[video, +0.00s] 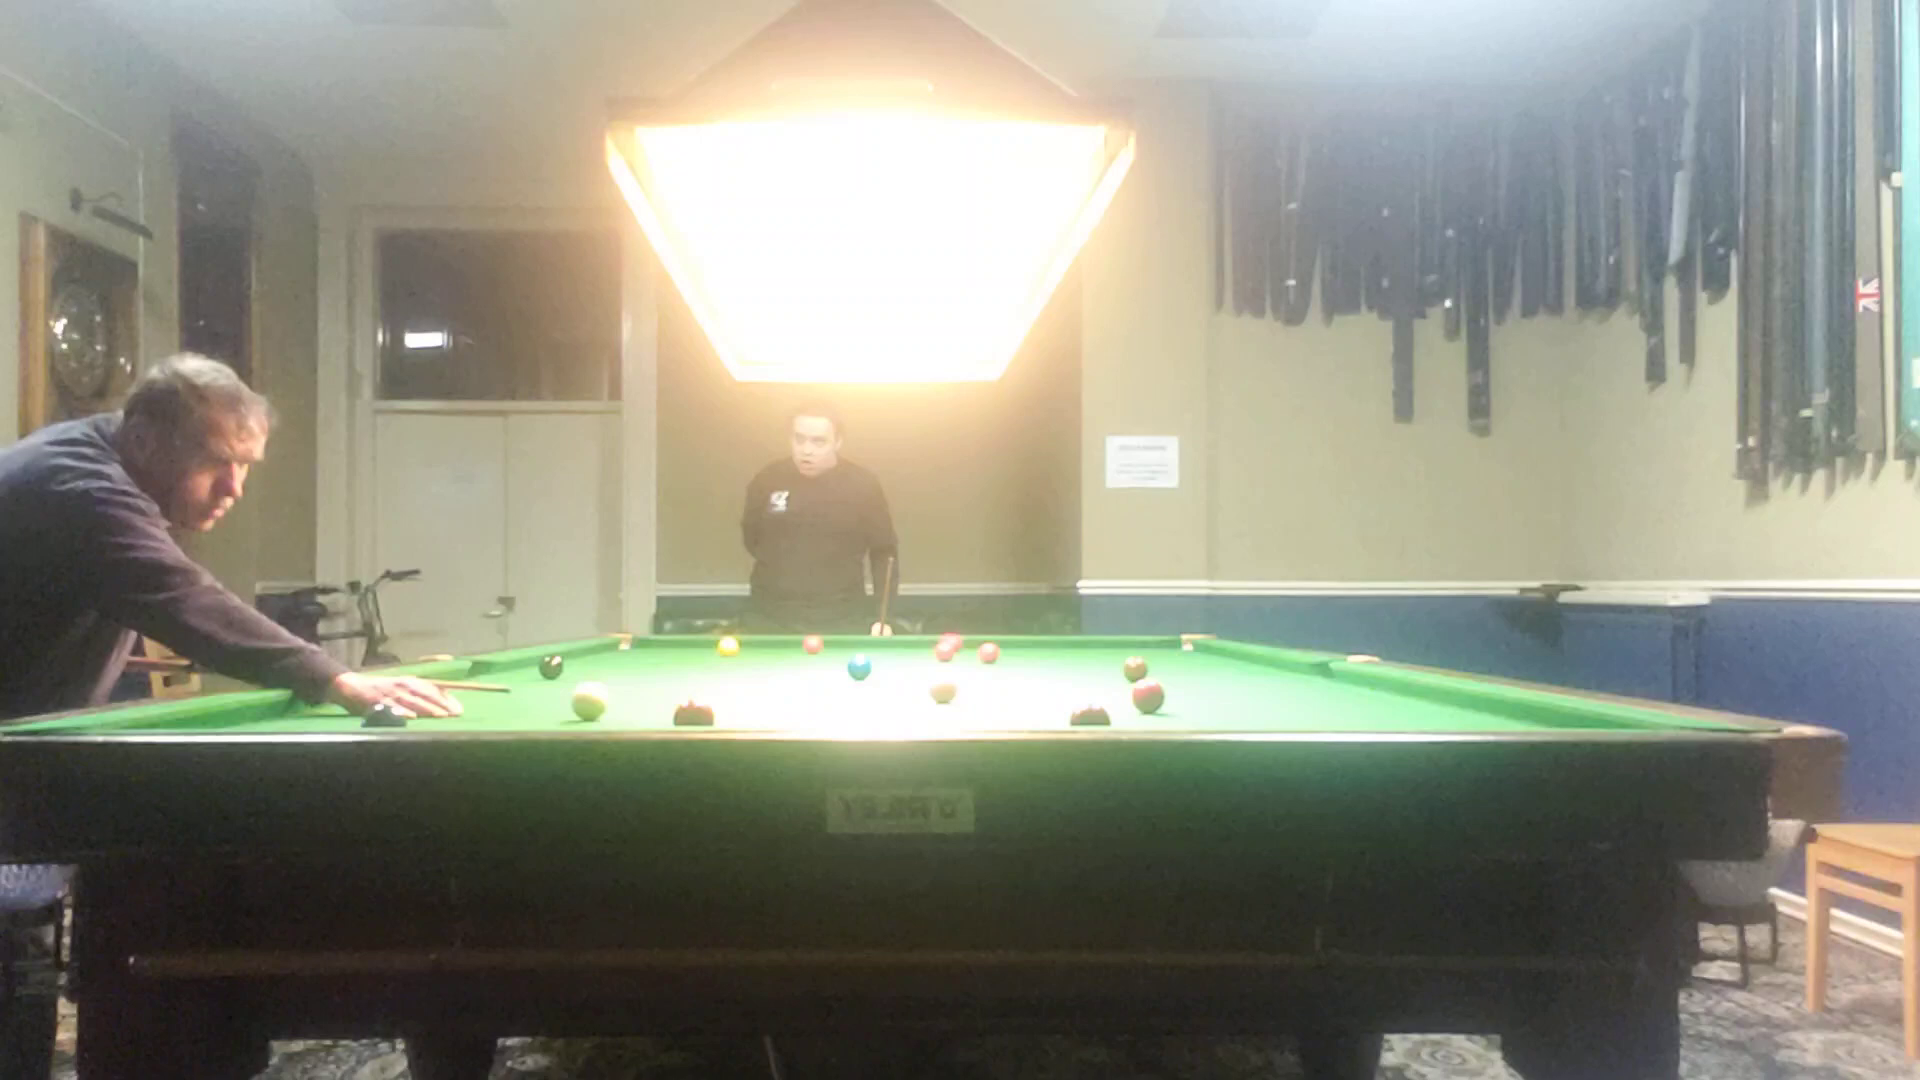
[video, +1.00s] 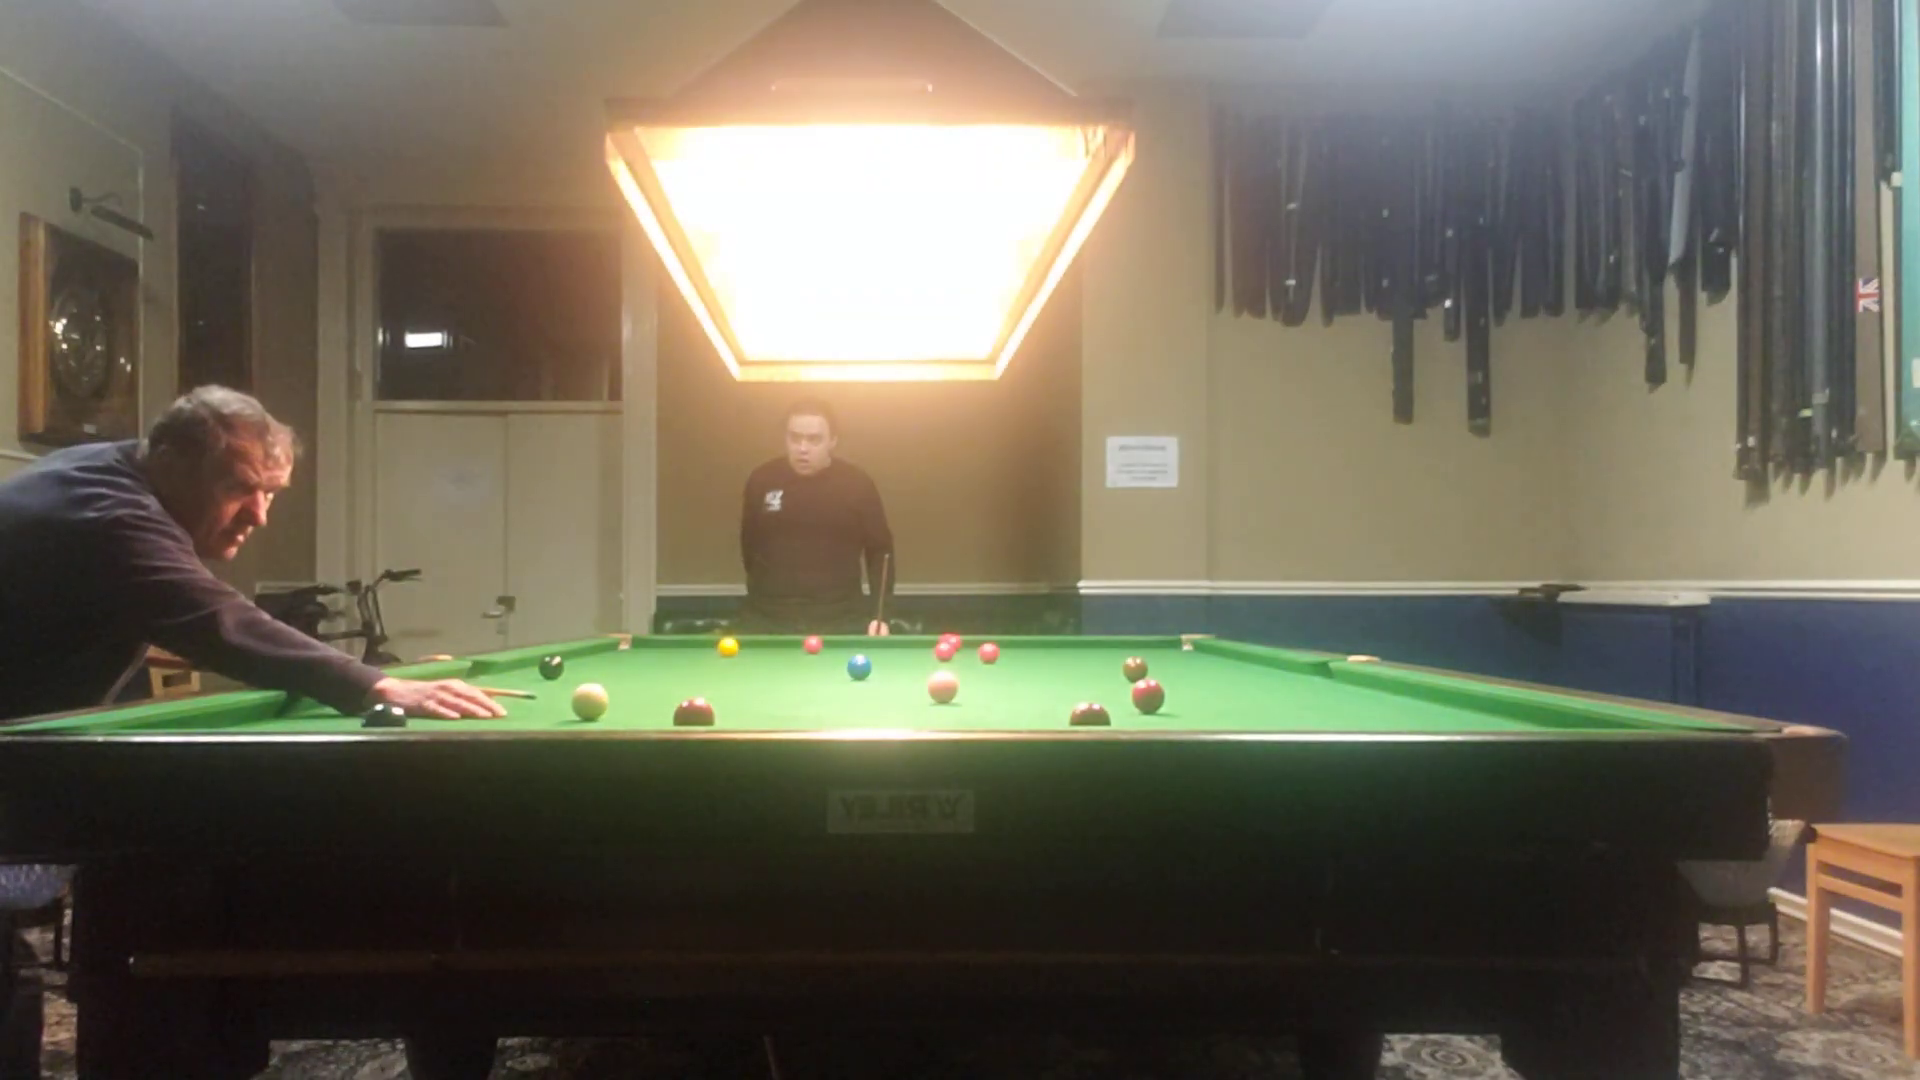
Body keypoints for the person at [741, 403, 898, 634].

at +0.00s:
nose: (806, 451)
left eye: (818, 442)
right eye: (800, 440)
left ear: (838, 443)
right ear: (791, 439)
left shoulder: (863, 485)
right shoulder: (767, 480)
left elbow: (884, 551)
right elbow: (753, 540)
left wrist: (883, 618)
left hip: (842, 617)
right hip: (772, 617)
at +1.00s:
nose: (803, 449)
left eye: (814, 439)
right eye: (795, 438)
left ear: (833, 442)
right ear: (785, 439)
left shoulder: (857, 484)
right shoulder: (762, 481)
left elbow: (880, 552)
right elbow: (750, 550)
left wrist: (880, 616)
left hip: (840, 621)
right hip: (769, 621)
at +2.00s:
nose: (815, 453)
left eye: (826, 444)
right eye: (807, 442)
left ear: (842, 444)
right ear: (795, 440)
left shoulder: (861, 489)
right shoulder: (768, 482)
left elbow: (889, 545)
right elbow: (737, 540)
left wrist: (884, 582)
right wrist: (727, 594)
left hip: (843, 624)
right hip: (772, 623)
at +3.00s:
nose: (814, 448)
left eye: (825, 440)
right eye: (806, 438)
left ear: (841, 444)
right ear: (795, 439)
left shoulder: (860, 489)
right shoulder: (768, 483)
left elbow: (895, 545)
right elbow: (740, 545)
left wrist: (891, 565)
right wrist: (727, 599)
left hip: (843, 624)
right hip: (772, 624)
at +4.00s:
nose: (807, 438)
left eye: (818, 430)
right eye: (800, 429)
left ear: (836, 437)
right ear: (790, 434)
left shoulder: (860, 485)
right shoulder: (768, 485)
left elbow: (893, 550)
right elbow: (743, 552)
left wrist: (881, 538)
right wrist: (734, 608)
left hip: (842, 626)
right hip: (773, 627)